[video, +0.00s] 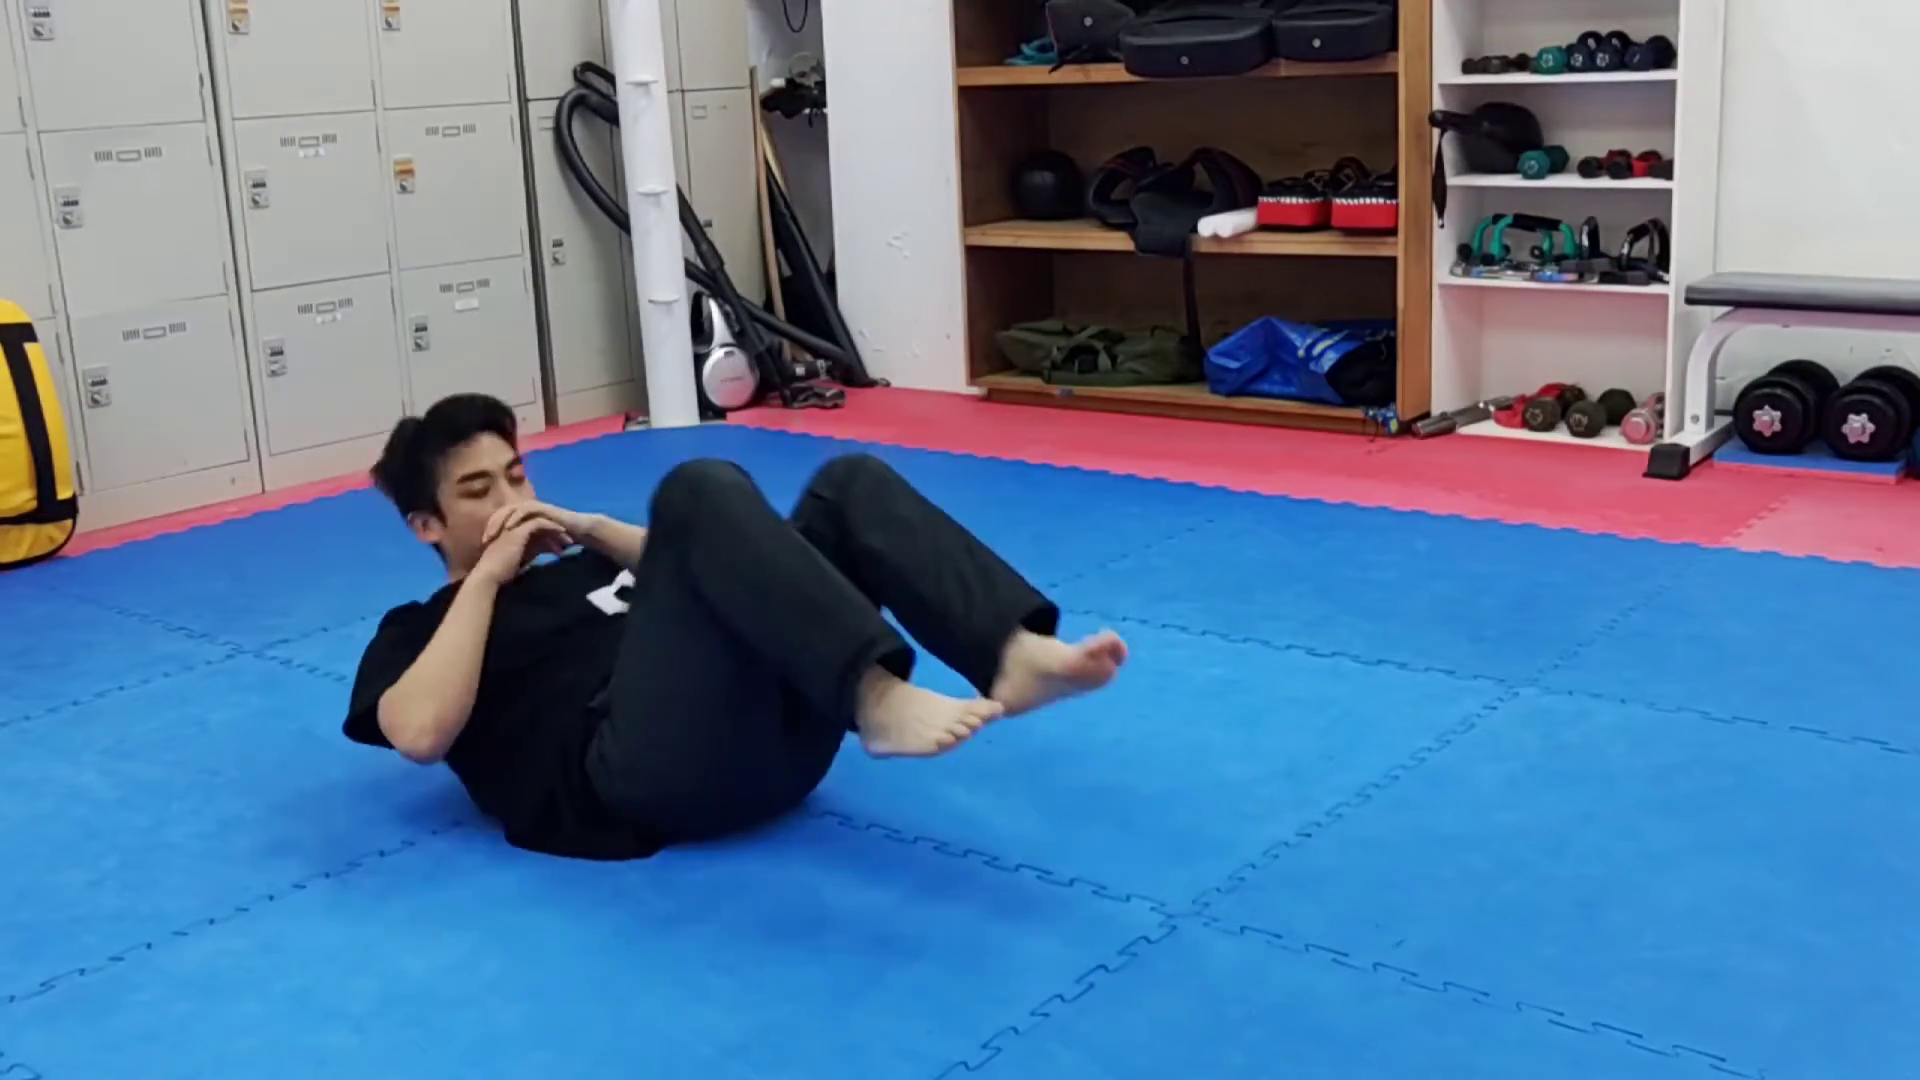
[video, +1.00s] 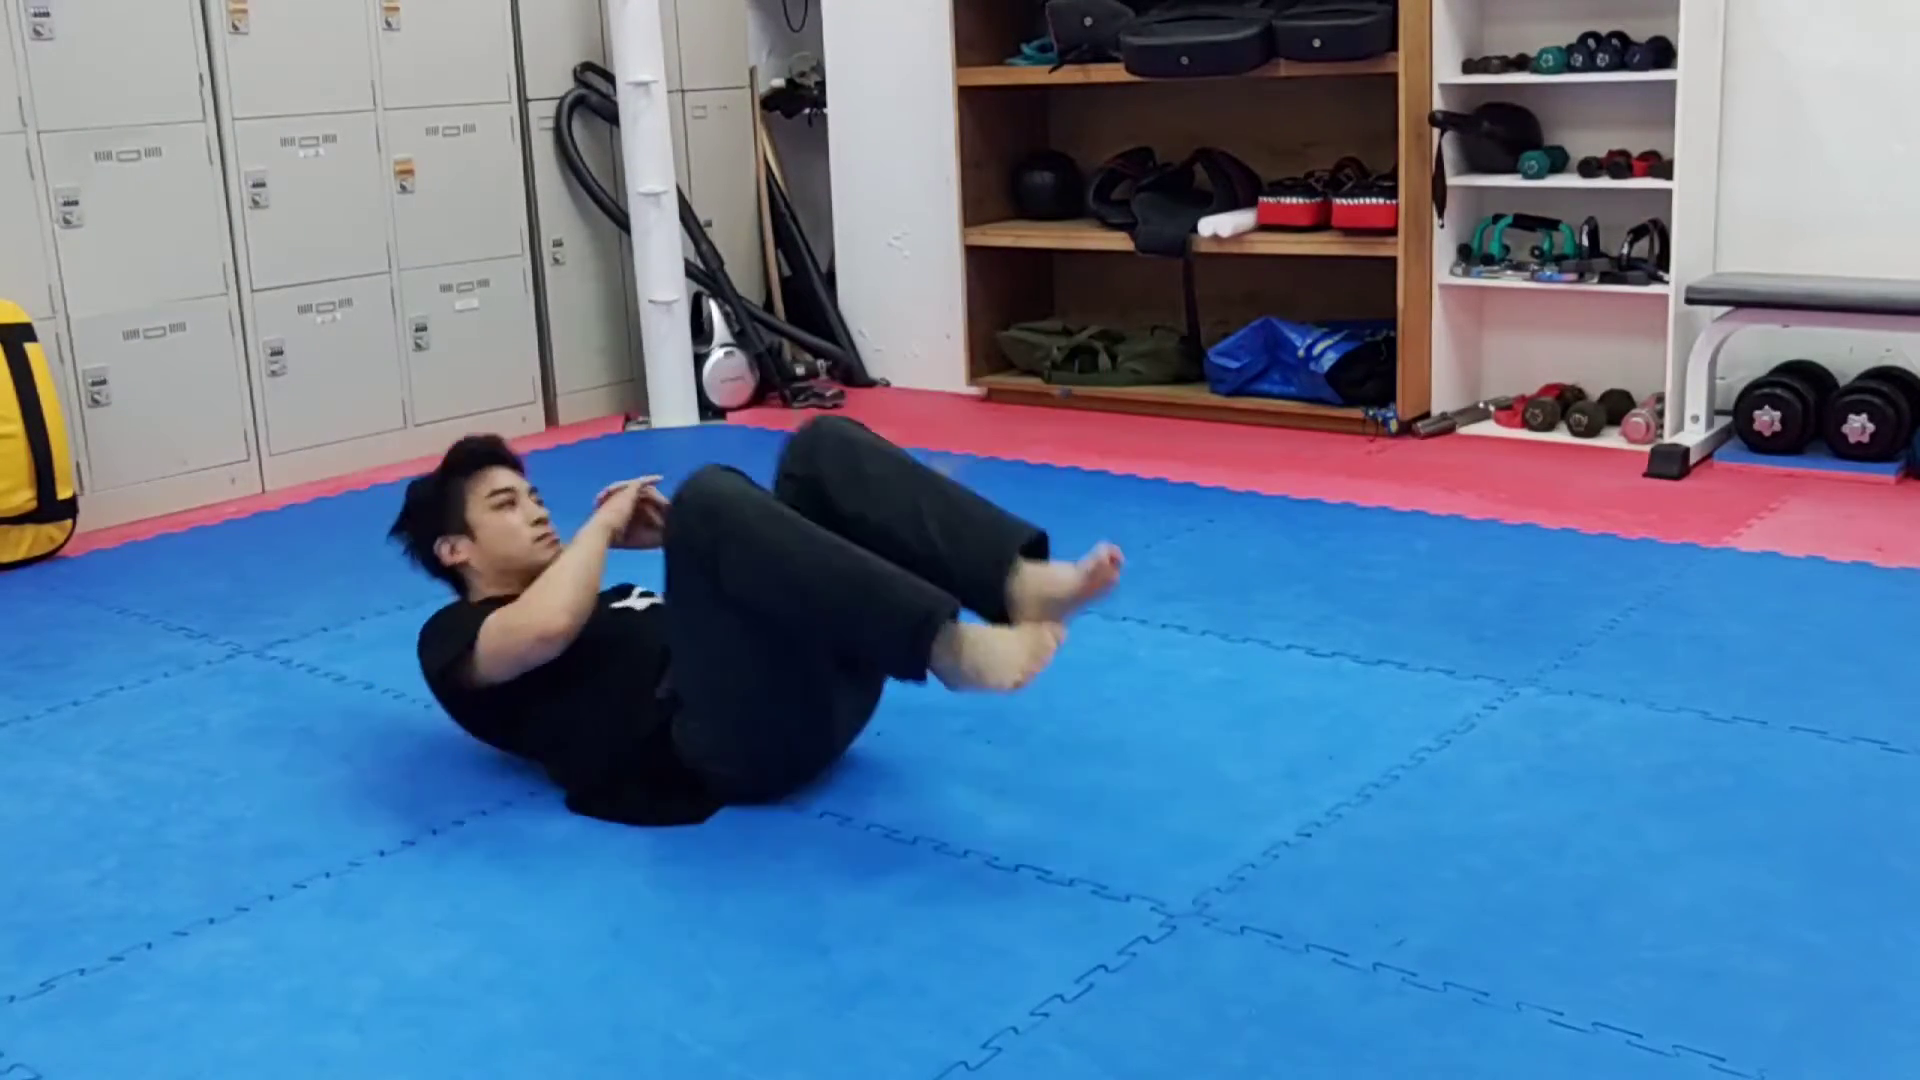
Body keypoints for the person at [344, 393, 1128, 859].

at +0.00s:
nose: (504, 501)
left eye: (513, 479)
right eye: (474, 491)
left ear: (531, 489)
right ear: (428, 522)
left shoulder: (590, 578)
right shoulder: (414, 632)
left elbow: (694, 580)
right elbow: (421, 733)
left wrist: (594, 533)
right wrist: (485, 580)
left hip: (766, 746)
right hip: (647, 783)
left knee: (847, 482)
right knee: (698, 487)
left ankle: (1011, 651)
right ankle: (875, 698)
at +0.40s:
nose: (480, 532)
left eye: (478, 506)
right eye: (448, 534)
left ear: (500, 494)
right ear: (420, 568)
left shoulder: (587, 562)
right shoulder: (452, 675)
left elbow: (695, 528)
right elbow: (471, 806)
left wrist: (538, 542)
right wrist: (455, 642)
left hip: (802, 730)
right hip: (693, 769)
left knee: (928, 514)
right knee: (764, 486)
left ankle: (1110, 598)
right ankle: (940, 680)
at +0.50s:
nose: (478, 539)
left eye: (476, 517)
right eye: (446, 540)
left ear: (494, 520)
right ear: (414, 583)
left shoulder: (586, 584)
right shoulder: (451, 685)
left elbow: (675, 533)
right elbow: (446, 784)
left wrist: (530, 528)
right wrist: (438, 626)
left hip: (792, 720)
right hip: (687, 761)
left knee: (875, 481)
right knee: (701, 465)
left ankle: (1078, 496)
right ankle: (912, 610)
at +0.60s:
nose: (478, 553)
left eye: (475, 535)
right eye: (451, 552)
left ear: (492, 546)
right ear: (412, 598)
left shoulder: (574, 593)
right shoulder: (443, 699)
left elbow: (659, 527)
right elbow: (422, 758)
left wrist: (532, 517)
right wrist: (428, 602)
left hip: (783, 694)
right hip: (680, 741)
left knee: (803, 434)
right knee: (649, 445)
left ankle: (1025, 430)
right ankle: (888, 556)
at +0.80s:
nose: (485, 555)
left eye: (487, 536)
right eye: (451, 550)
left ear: (506, 549)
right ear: (409, 601)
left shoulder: (576, 616)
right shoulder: (424, 699)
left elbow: (690, 546)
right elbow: (452, 656)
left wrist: (592, 517)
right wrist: (493, 539)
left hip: (765, 652)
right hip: (676, 718)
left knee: (740, 382)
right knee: (628, 438)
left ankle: (978, 452)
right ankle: (884, 548)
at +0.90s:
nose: (506, 541)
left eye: (505, 528)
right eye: (473, 535)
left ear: (517, 546)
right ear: (425, 590)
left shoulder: (580, 607)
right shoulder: (432, 673)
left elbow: (707, 586)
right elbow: (497, 641)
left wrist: (639, 526)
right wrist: (552, 528)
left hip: (772, 674)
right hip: (688, 738)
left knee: (767, 406)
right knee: (661, 471)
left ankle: (985, 512)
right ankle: (913, 585)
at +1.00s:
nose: (535, 513)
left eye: (531, 499)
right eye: (504, 506)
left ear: (544, 521)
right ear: (455, 554)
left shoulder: (589, 605)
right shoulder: (447, 643)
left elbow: (687, 644)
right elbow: (543, 629)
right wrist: (602, 530)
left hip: (807, 693)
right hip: (732, 747)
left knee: (821, 445)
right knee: (709, 501)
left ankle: (1017, 579)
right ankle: (948, 645)